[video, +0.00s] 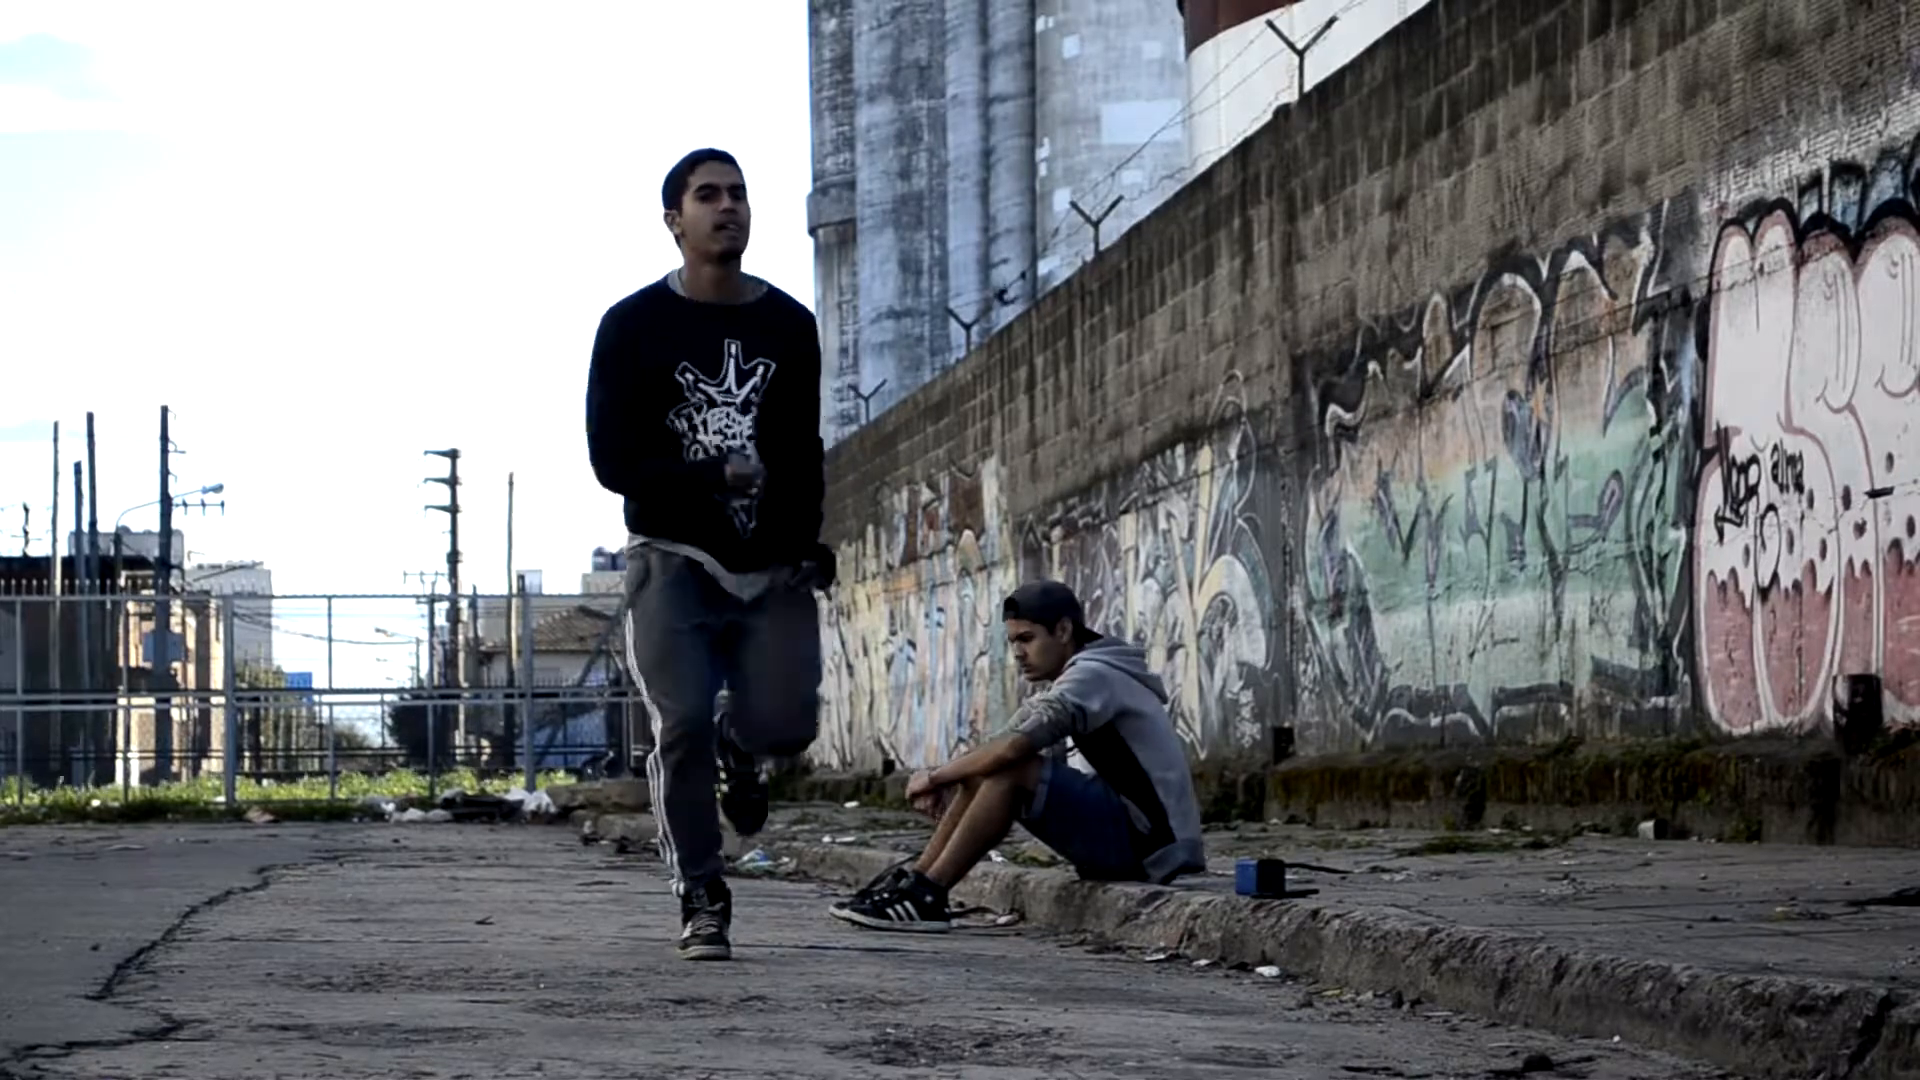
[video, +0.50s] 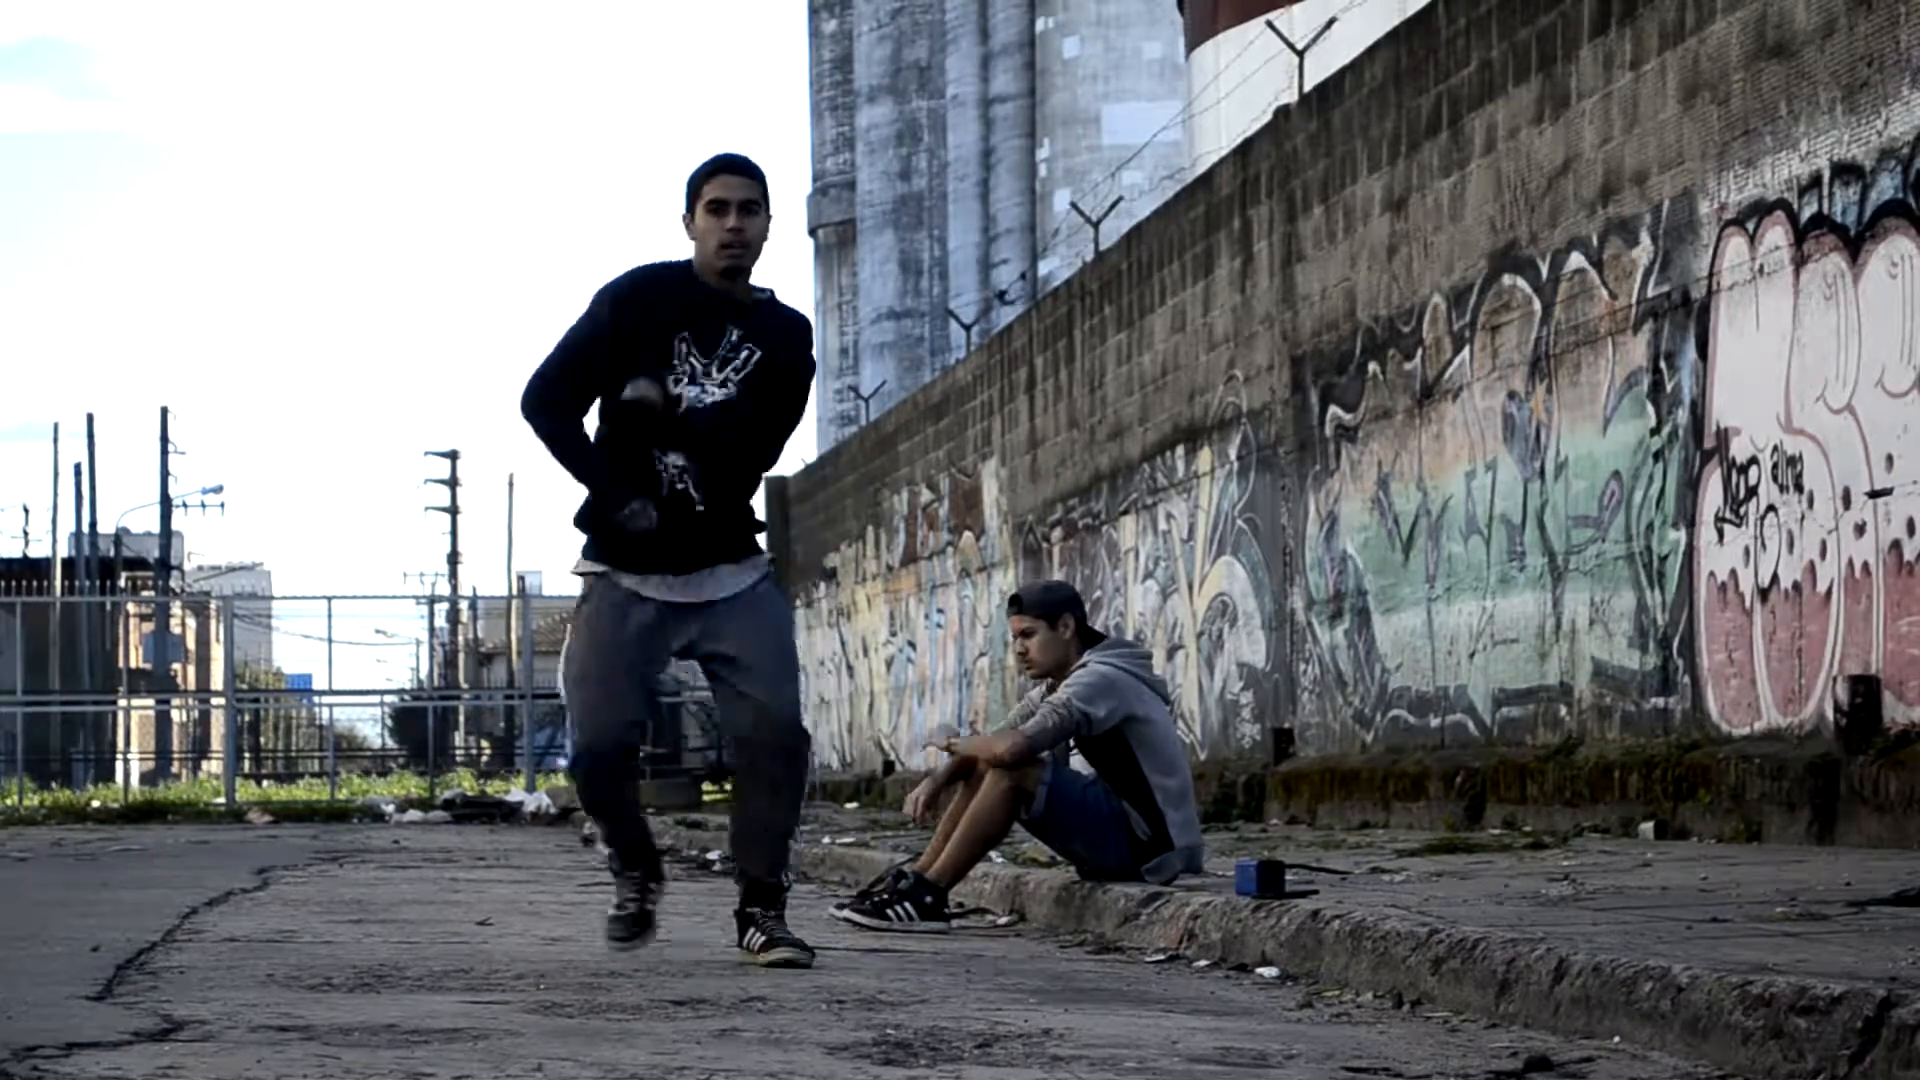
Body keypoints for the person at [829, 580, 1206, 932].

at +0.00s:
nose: (1017, 655)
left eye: (1025, 640)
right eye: (1013, 643)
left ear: (1064, 631)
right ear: (1061, 634)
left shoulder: (1094, 672)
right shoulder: (1077, 676)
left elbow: (1012, 749)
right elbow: (1015, 751)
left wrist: (936, 776)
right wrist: (946, 783)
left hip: (1150, 846)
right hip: (1124, 837)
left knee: (1012, 770)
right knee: (983, 767)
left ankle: (933, 895)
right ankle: (914, 883)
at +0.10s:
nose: (1019, 654)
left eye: (1027, 638)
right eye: (1014, 642)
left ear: (1065, 629)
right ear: (1062, 634)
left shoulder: (1094, 671)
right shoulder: (1079, 674)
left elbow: (1014, 748)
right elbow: (1018, 753)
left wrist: (937, 774)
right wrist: (948, 782)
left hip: (1150, 846)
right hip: (1124, 837)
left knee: (1012, 769)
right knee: (982, 768)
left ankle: (934, 895)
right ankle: (914, 885)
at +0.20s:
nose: (1019, 648)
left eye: (1028, 634)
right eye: (1016, 637)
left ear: (1067, 627)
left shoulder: (1094, 667)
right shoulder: (1078, 669)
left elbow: (1015, 744)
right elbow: (1015, 745)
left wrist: (937, 774)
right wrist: (948, 778)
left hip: (1151, 848)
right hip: (1127, 839)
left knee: (1015, 764)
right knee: (987, 765)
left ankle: (938, 892)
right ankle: (918, 882)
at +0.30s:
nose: (1019, 646)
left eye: (1029, 631)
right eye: (1016, 635)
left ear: (1068, 624)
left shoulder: (1095, 667)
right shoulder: (1082, 669)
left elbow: (1014, 744)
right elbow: (1019, 747)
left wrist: (937, 775)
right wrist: (950, 778)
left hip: (1151, 850)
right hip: (1128, 840)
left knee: (1013, 770)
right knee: (984, 770)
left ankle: (931, 894)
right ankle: (914, 884)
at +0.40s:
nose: (1020, 647)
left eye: (1028, 633)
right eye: (1016, 636)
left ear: (1068, 624)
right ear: (1065, 628)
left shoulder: (1099, 671)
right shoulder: (1069, 676)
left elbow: (1013, 746)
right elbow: (1006, 746)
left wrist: (939, 769)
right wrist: (944, 774)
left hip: (1150, 845)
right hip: (1120, 836)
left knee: (1012, 772)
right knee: (985, 768)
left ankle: (931, 897)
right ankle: (913, 884)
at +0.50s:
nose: (1019, 650)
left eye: (1028, 636)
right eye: (1015, 639)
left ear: (1067, 628)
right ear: (1061, 632)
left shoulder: (1101, 676)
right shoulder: (1064, 684)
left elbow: (1011, 751)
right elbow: (999, 743)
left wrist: (957, 749)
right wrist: (942, 776)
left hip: (1151, 848)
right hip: (1120, 839)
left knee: (1013, 771)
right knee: (983, 767)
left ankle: (933, 895)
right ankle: (915, 882)